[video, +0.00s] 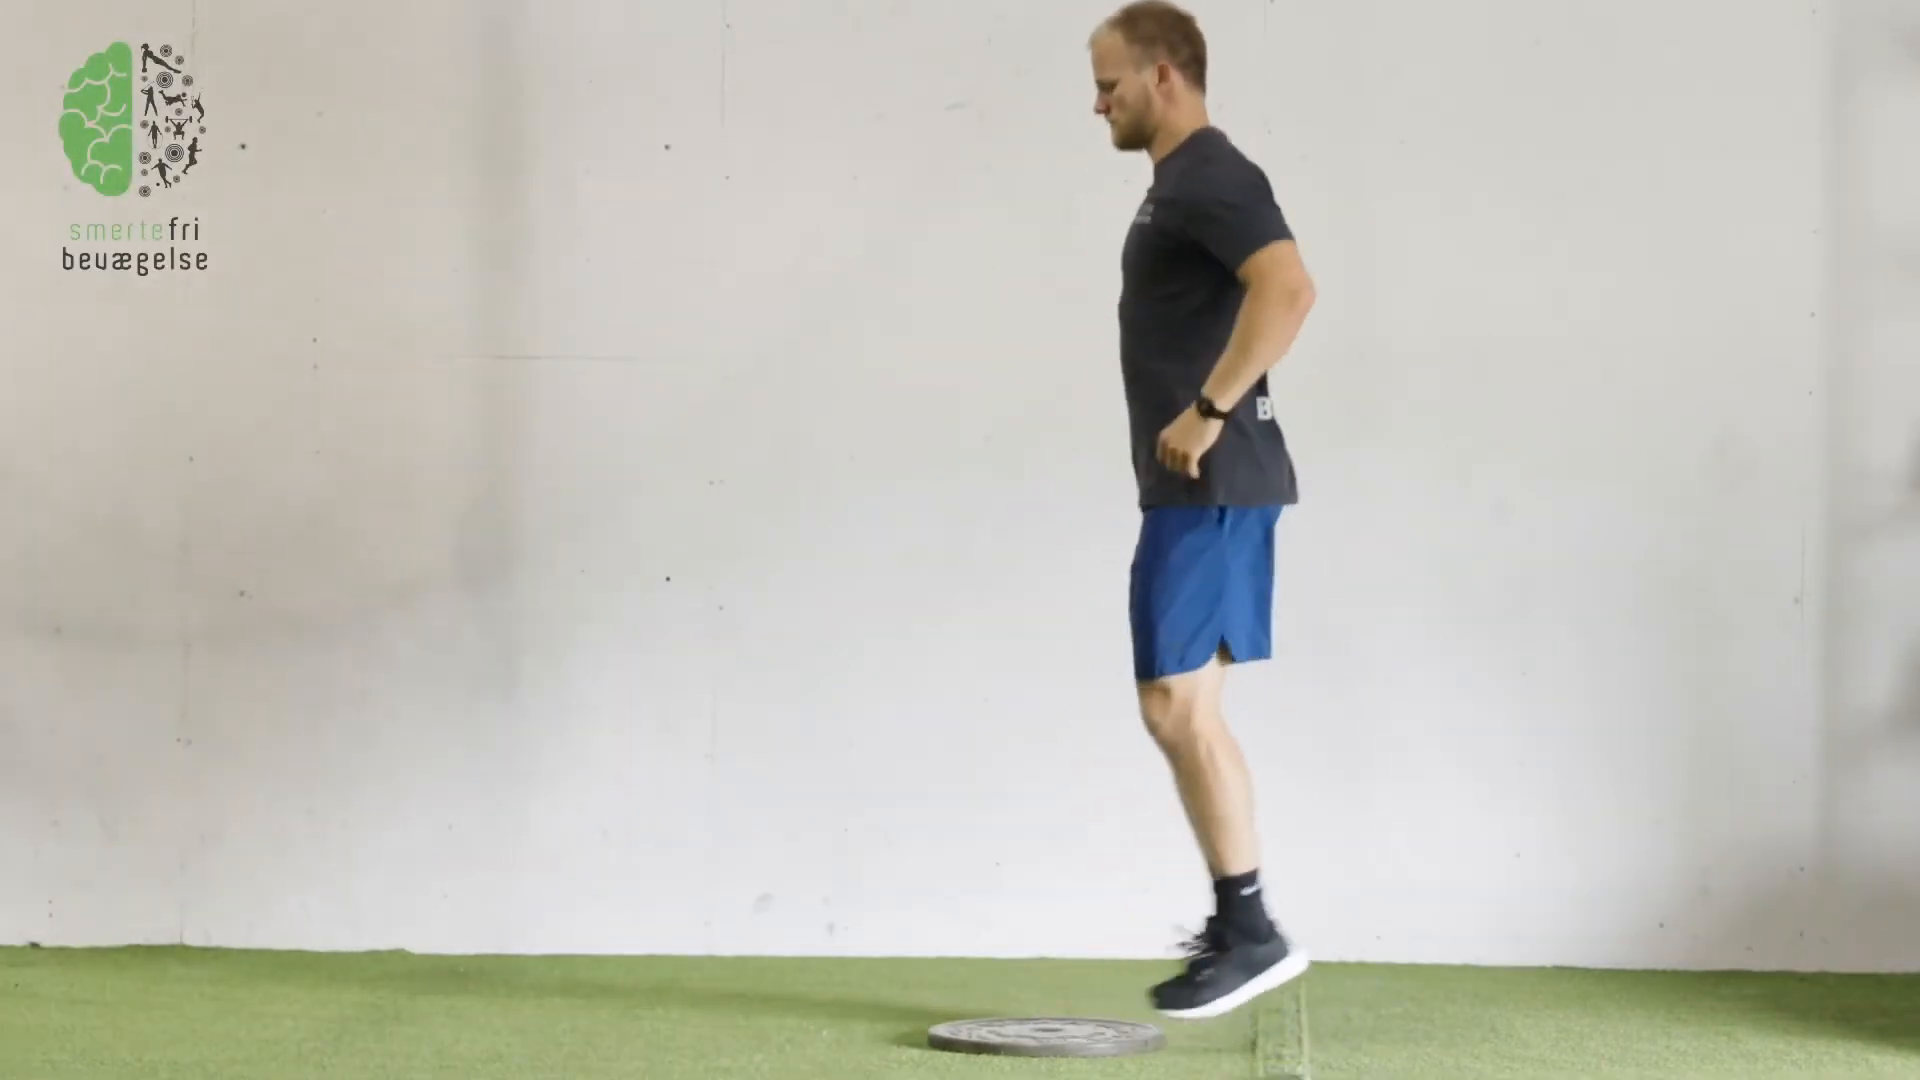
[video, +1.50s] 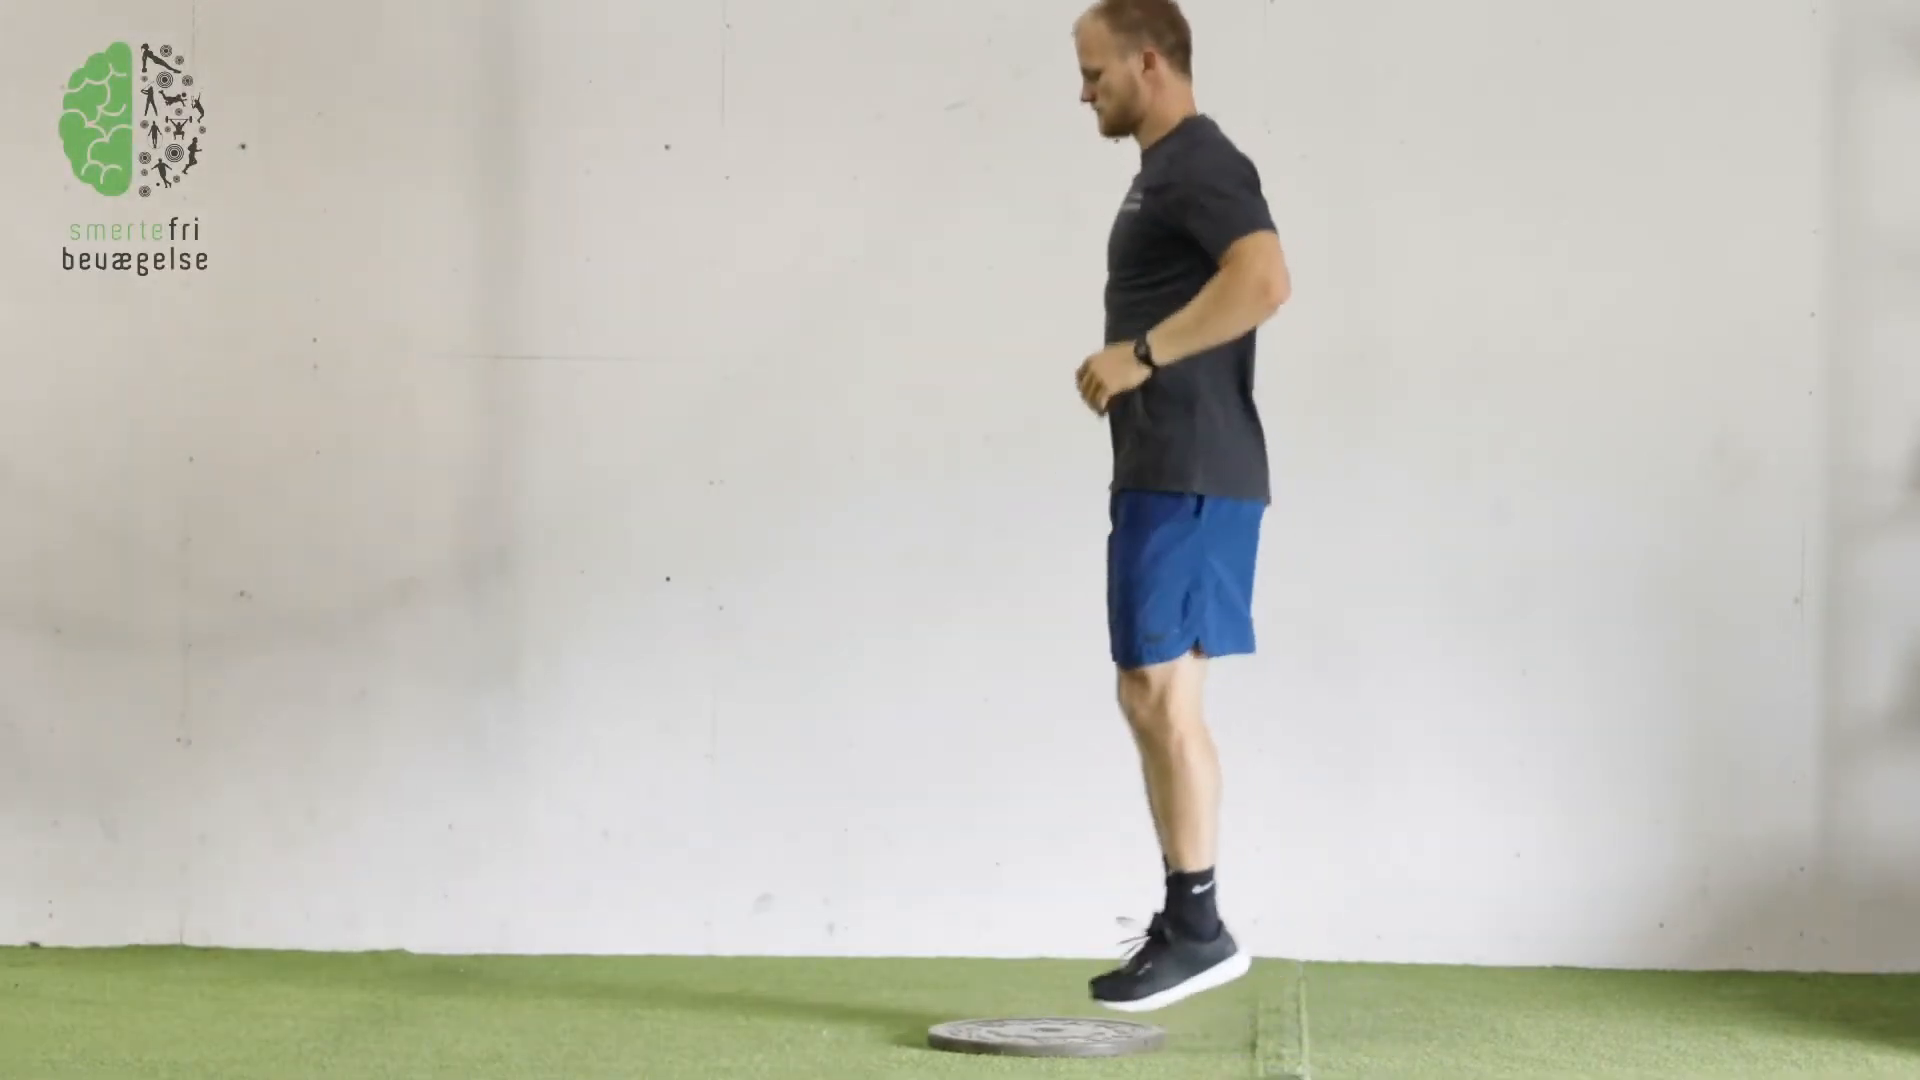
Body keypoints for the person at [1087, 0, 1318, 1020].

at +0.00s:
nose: (1098, 104)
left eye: (1108, 85)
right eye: (1096, 87)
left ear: (1164, 76)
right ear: (1161, 81)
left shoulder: (1208, 172)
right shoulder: (1185, 178)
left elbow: (1285, 291)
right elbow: (1264, 297)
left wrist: (1207, 409)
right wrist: (1192, 415)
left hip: (1209, 486)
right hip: (1196, 483)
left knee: (1180, 703)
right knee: (1181, 704)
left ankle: (1247, 931)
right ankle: (1239, 925)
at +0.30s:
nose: (1116, 172)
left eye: (1126, 154)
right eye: (1115, 156)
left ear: (1179, 149)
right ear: (1181, 153)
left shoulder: (1226, 251)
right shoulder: (1194, 259)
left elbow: (1273, 385)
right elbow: (1234, 405)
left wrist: (1155, 468)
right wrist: (1145, 453)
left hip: (1243, 569)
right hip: (1222, 568)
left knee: (1233, 778)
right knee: (1235, 776)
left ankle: (1343, 980)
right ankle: (1333, 975)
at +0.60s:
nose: (1073, 112)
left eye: (1082, 92)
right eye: (1071, 94)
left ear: (1137, 83)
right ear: (1132, 87)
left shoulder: (1185, 175)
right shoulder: (1161, 182)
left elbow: (1240, 298)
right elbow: (1211, 320)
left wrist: (1127, 380)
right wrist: (1129, 406)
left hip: (1202, 489)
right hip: (1177, 486)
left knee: (1154, 711)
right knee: (1144, 710)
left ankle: (1171, 942)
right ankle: (1167, 938)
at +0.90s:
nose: (1070, 110)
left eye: (1078, 91)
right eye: (1068, 93)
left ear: (1135, 81)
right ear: (1132, 86)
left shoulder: (1185, 169)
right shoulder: (1164, 175)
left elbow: (1249, 299)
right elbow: (1241, 307)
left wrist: (1150, 386)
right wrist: (1147, 388)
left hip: (1185, 480)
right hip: (1172, 477)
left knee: (1161, 706)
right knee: (1158, 705)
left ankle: (1181, 930)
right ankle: (1177, 926)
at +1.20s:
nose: (1089, 191)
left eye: (1100, 173)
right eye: (1089, 174)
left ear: (1156, 167)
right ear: (1156, 171)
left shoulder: (1206, 271)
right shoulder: (1174, 276)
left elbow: (1252, 412)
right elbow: (1210, 427)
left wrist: (1128, 485)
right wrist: (1119, 483)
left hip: (1216, 585)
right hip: (1205, 582)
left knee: (1171, 794)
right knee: (1186, 793)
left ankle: (1288, 991)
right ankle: (1283, 986)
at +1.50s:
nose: (1084, 93)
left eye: (1093, 72)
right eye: (1082, 76)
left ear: (1150, 64)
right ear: (1142, 68)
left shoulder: (1200, 157)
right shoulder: (1169, 166)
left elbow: (1261, 279)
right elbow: (1233, 289)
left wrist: (1142, 354)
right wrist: (1132, 360)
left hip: (1190, 476)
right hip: (1163, 475)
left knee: (1164, 692)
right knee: (1148, 692)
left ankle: (1196, 927)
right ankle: (1187, 921)